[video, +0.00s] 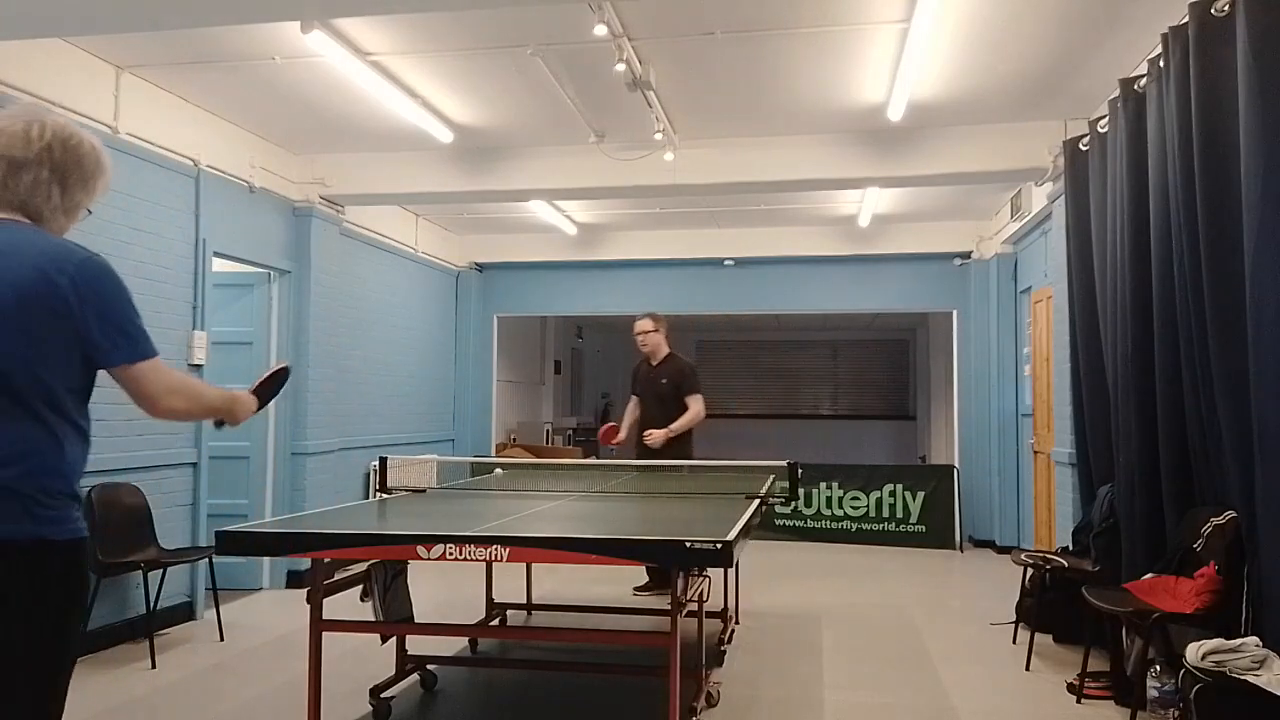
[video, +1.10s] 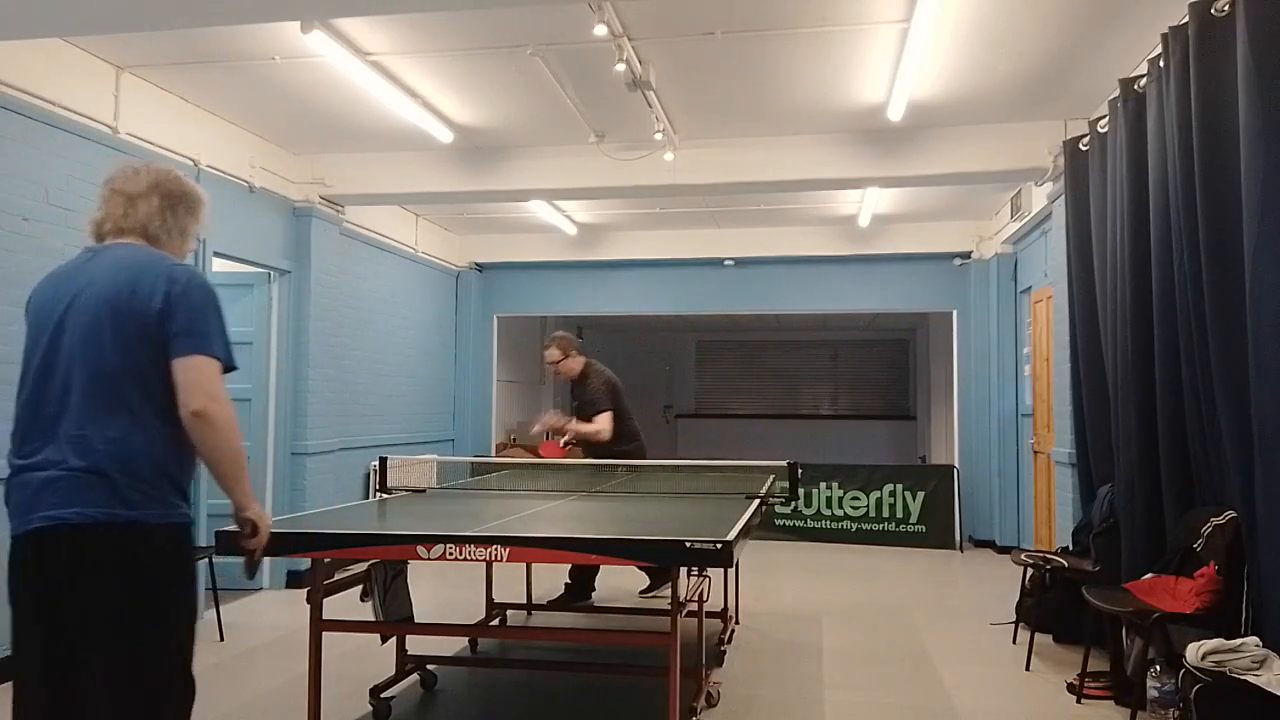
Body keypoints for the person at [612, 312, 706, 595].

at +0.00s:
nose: (641, 339)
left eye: (646, 333)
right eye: (637, 335)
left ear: (662, 334)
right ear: (636, 339)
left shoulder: (681, 367)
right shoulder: (640, 368)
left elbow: (698, 410)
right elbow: (635, 403)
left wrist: (667, 432)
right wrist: (624, 432)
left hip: (675, 459)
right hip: (645, 458)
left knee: (673, 516)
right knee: (648, 517)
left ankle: (677, 575)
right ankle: (657, 577)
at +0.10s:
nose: (628, 339)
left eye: (633, 333)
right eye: (624, 335)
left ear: (649, 334)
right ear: (622, 340)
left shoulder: (668, 367)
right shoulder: (629, 369)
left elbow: (681, 410)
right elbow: (624, 403)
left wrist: (649, 431)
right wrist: (611, 431)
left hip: (664, 459)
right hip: (637, 458)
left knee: (660, 518)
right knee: (644, 518)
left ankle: (647, 581)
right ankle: (657, 576)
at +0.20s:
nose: (611, 344)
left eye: (616, 338)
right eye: (607, 340)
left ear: (633, 337)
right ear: (607, 344)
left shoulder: (652, 368)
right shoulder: (619, 372)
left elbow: (661, 413)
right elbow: (613, 406)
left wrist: (625, 433)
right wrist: (599, 431)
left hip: (652, 463)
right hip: (626, 461)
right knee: (625, 520)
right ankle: (658, 577)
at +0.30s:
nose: (594, 351)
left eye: (599, 344)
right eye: (590, 347)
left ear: (616, 342)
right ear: (589, 350)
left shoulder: (633, 374)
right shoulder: (608, 376)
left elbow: (632, 416)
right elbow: (603, 409)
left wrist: (595, 436)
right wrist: (586, 435)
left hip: (637, 468)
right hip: (613, 466)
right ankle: (658, 574)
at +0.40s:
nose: (570, 360)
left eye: (574, 353)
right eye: (567, 355)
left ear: (593, 349)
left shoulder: (611, 377)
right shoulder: (598, 377)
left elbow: (600, 419)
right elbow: (594, 416)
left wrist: (560, 441)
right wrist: (567, 433)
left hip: (625, 466)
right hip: (609, 465)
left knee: (590, 523)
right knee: (612, 521)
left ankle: (579, 589)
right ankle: (653, 568)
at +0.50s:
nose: (548, 370)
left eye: (551, 363)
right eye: (546, 365)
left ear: (569, 357)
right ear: (566, 360)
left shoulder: (592, 381)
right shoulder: (580, 379)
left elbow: (567, 423)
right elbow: (584, 416)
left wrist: (531, 446)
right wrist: (570, 433)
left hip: (622, 466)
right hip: (604, 464)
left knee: (587, 524)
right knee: (602, 524)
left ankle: (579, 589)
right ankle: (648, 566)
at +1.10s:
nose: (553, 371)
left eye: (555, 364)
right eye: (550, 365)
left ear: (572, 356)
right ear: (570, 358)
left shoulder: (597, 379)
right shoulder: (580, 380)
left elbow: (604, 431)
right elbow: (587, 424)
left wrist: (564, 423)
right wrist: (570, 432)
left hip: (623, 464)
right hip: (603, 463)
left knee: (593, 523)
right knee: (602, 523)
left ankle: (580, 589)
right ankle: (658, 567)